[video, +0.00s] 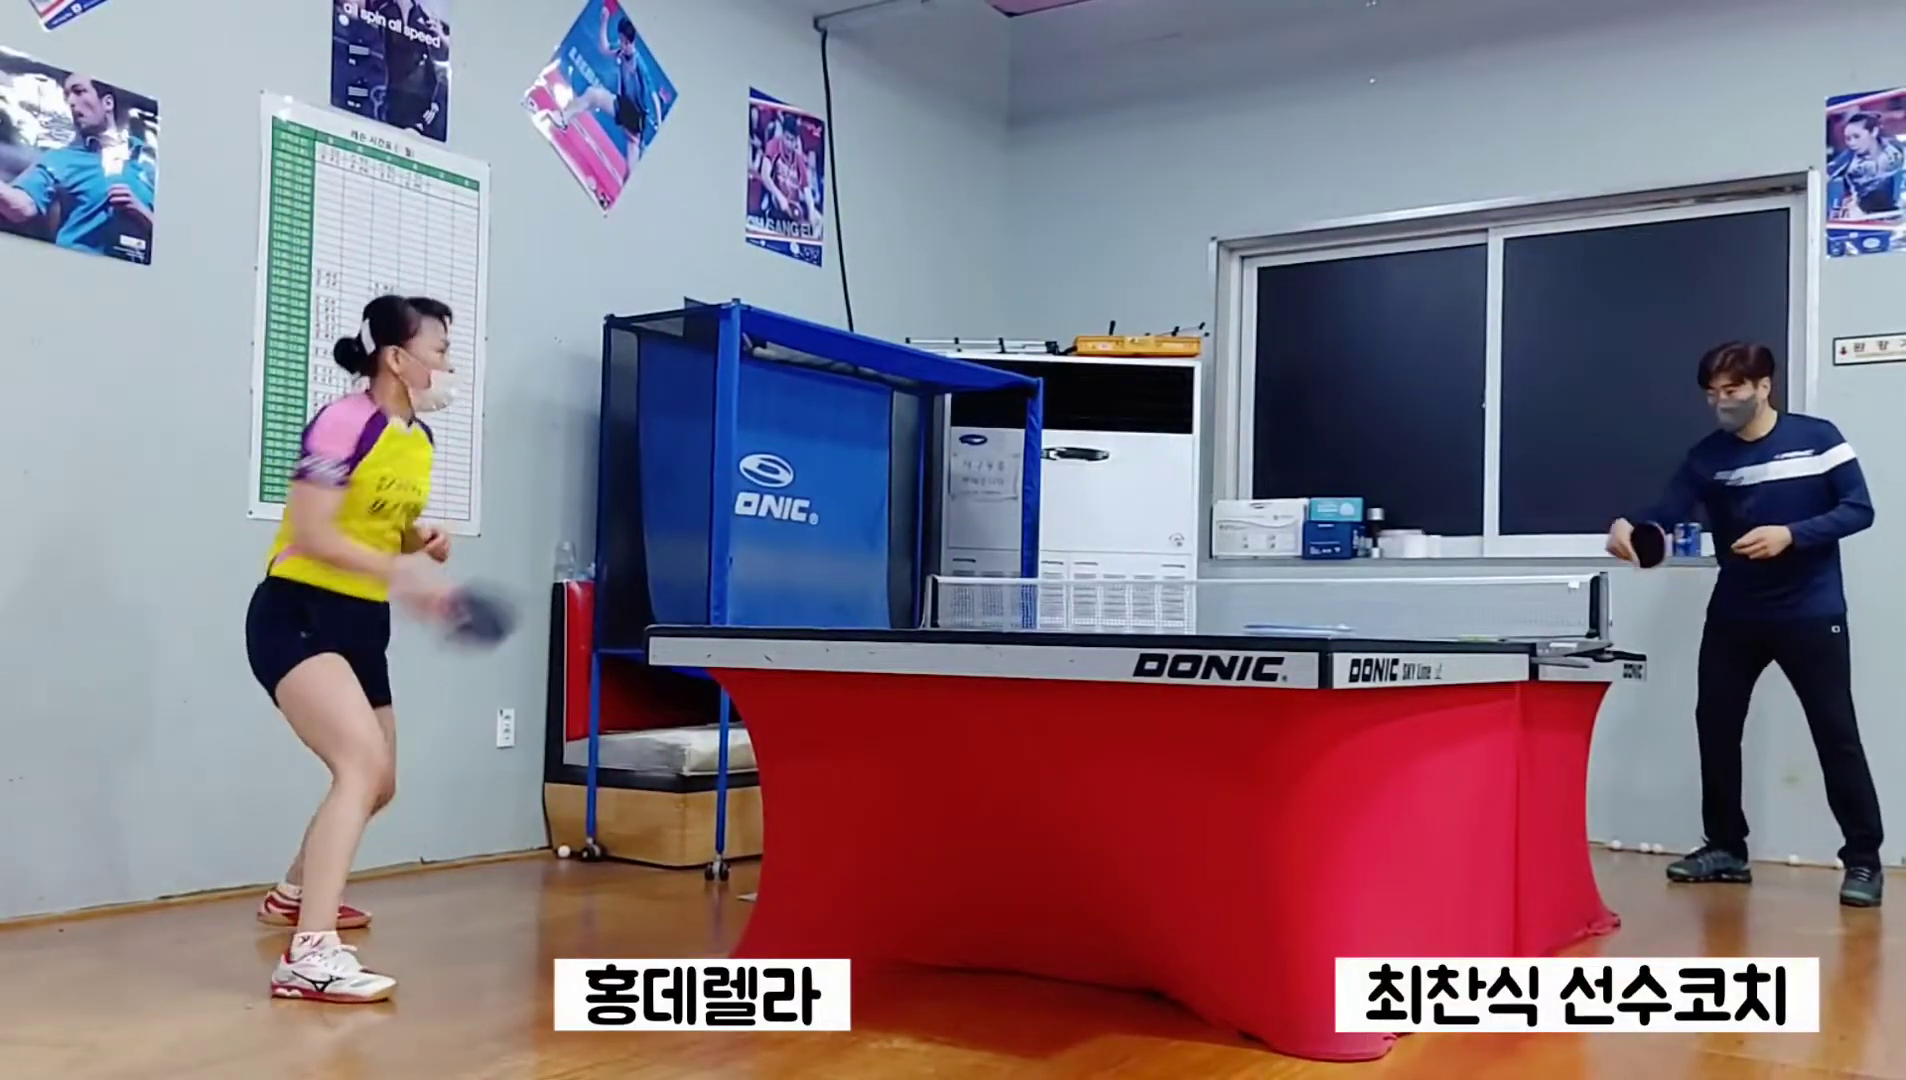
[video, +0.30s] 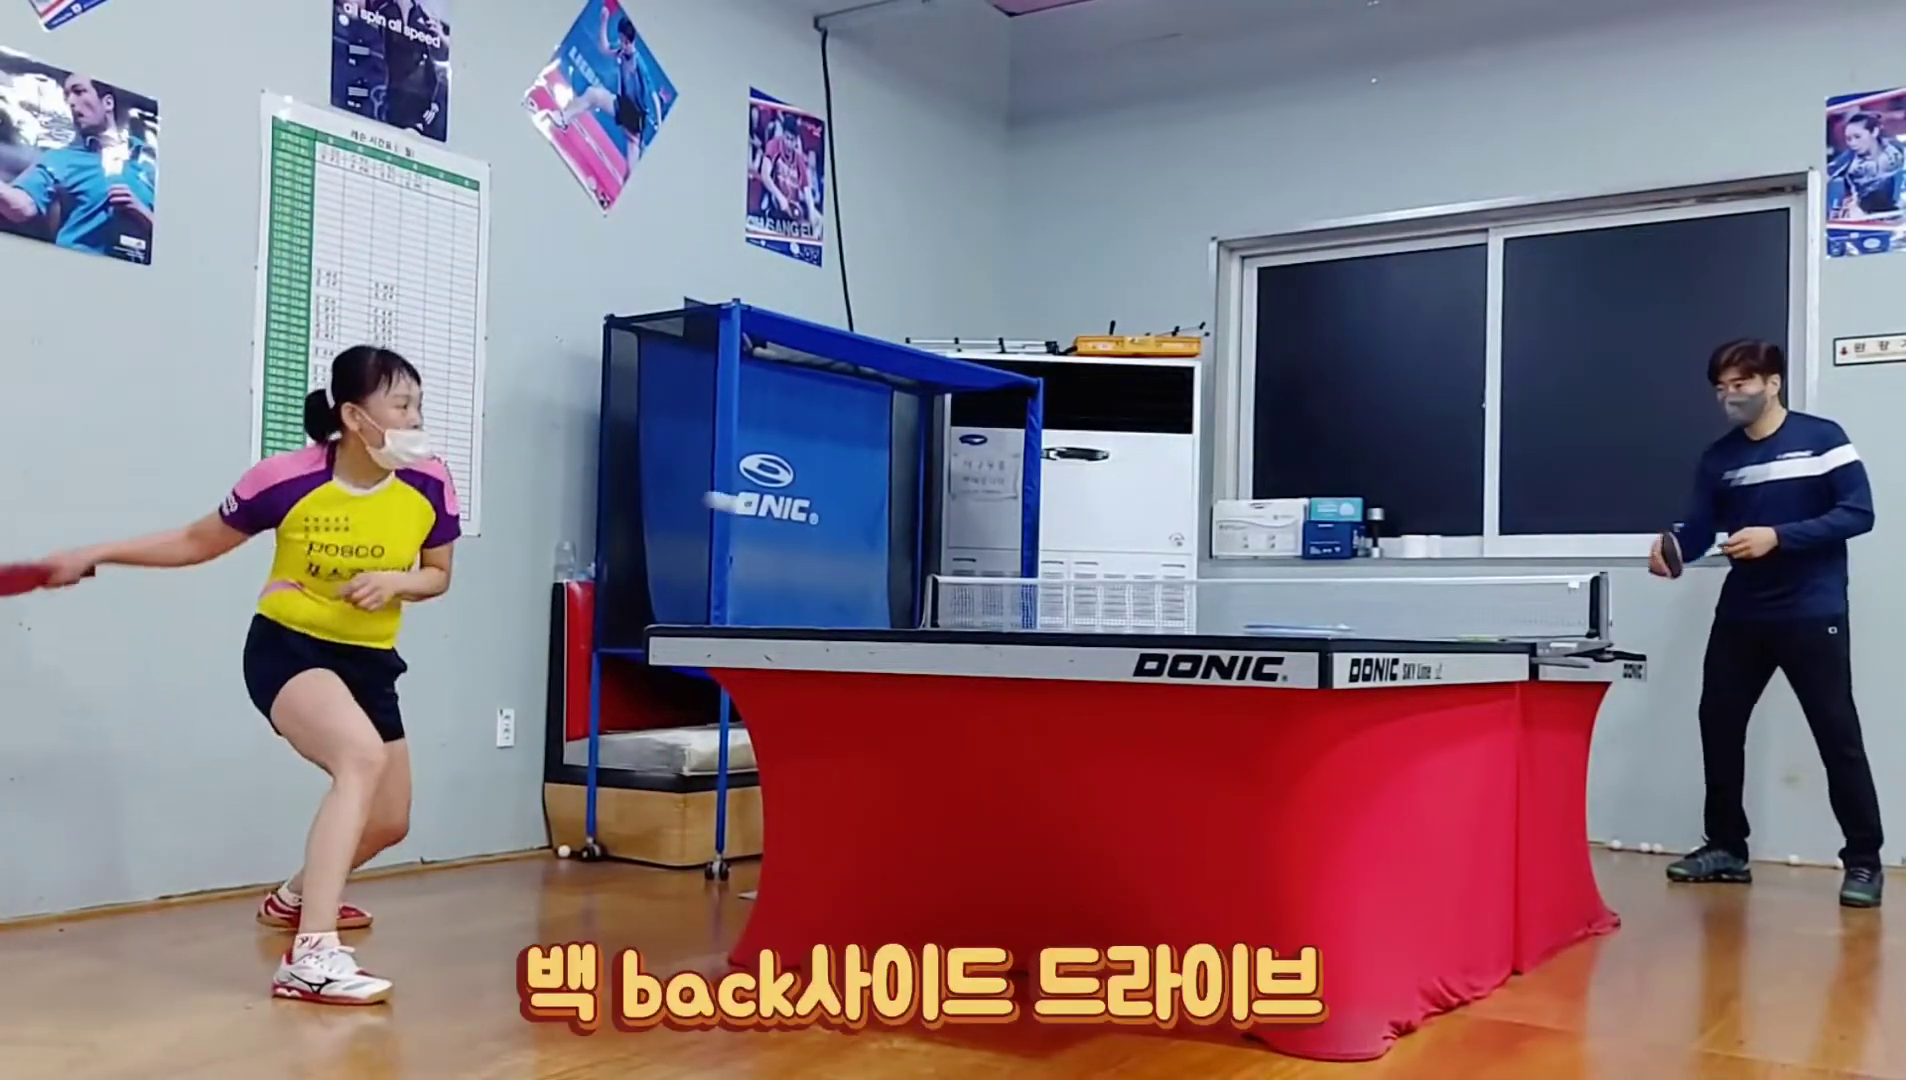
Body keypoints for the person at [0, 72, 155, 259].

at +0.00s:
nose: (70, 101)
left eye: (79, 91)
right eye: (67, 96)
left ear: (108, 103)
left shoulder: (149, 161)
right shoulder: (60, 159)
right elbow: (21, 207)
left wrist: (142, 212)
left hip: (135, 271)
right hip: (75, 263)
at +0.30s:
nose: (70, 101)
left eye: (79, 91)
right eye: (67, 96)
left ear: (108, 103)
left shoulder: (149, 162)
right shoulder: (60, 159)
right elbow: (21, 207)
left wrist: (142, 213)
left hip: (135, 270)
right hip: (75, 261)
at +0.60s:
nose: (70, 101)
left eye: (79, 91)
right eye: (67, 96)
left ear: (108, 103)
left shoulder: (149, 162)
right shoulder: (60, 159)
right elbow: (21, 207)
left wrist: (143, 213)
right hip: (75, 261)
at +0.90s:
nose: (70, 101)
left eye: (79, 91)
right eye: (67, 96)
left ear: (108, 103)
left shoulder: (150, 160)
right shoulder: (60, 159)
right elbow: (20, 207)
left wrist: (143, 212)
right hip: (74, 263)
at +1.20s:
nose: (70, 101)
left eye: (79, 91)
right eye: (67, 96)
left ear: (108, 102)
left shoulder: (150, 162)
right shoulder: (60, 159)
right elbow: (20, 207)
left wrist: (144, 213)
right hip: (75, 263)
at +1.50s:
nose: (70, 101)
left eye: (79, 91)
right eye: (67, 96)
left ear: (108, 102)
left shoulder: (150, 162)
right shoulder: (60, 159)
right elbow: (20, 208)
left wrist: (143, 213)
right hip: (74, 263)